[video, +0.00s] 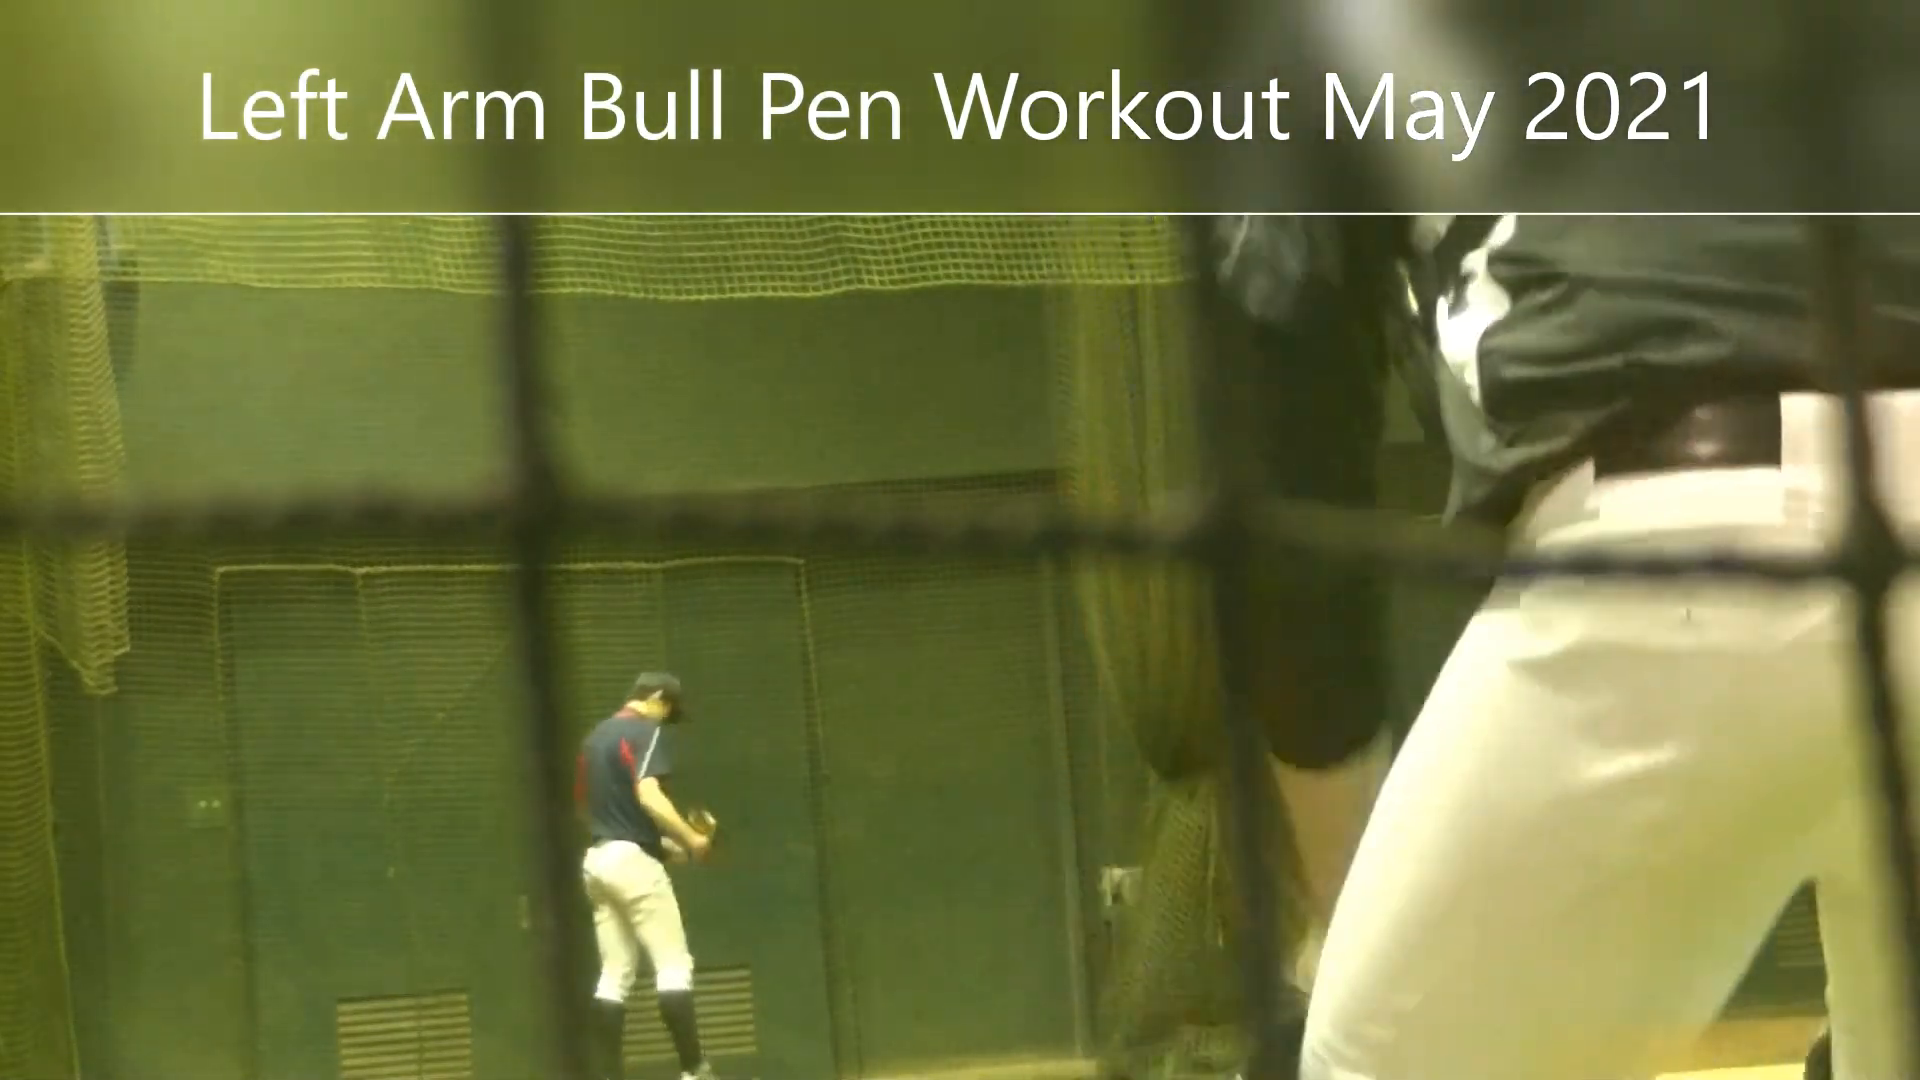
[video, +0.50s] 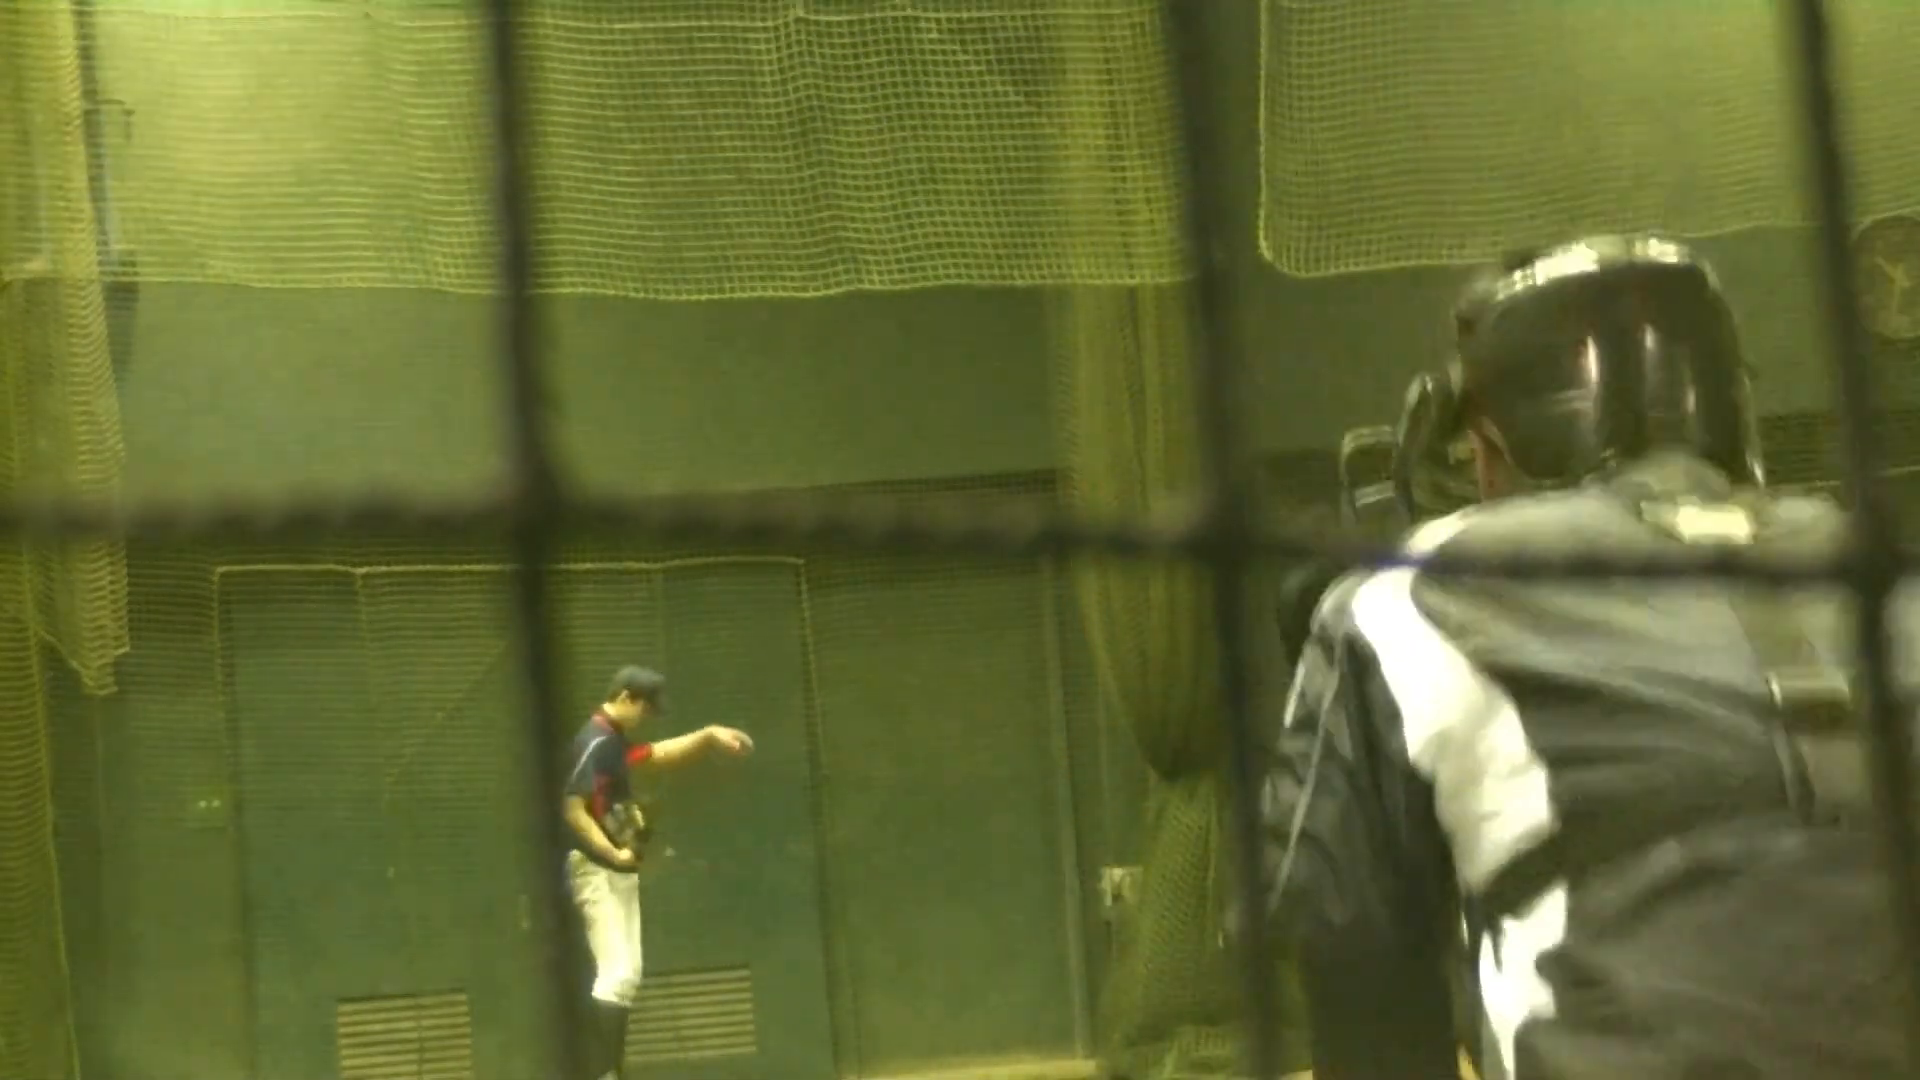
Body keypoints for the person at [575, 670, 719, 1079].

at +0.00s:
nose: (665, 718)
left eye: (668, 712)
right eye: (667, 711)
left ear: (635, 697)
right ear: (657, 700)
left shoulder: (596, 735)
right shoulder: (645, 729)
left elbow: (595, 809)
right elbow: (648, 794)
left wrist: (659, 844)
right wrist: (692, 837)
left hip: (595, 859)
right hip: (631, 857)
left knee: (615, 971)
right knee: (672, 961)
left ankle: (605, 1072)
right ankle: (693, 1067)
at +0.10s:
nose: (660, 718)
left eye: (663, 712)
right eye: (662, 711)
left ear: (633, 695)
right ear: (650, 697)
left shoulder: (597, 732)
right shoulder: (633, 730)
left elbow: (612, 804)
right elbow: (630, 799)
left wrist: (666, 838)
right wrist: (671, 840)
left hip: (589, 858)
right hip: (621, 857)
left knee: (614, 970)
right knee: (667, 959)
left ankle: (605, 1072)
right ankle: (671, 1067)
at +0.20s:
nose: (655, 720)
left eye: (659, 713)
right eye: (658, 711)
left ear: (635, 695)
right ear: (644, 697)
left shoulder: (595, 731)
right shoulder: (622, 733)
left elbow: (607, 802)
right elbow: (614, 804)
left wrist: (654, 825)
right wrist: (658, 847)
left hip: (585, 858)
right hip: (614, 858)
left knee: (614, 969)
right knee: (655, 959)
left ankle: (606, 1071)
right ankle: (644, 1066)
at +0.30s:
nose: (651, 718)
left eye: (654, 711)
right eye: (652, 709)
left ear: (630, 696)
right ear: (637, 697)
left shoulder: (599, 731)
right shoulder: (613, 734)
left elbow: (626, 785)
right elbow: (601, 807)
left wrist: (682, 792)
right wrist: (646, 851)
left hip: (589, 859)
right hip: (607, 859)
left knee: (615, 968)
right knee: (640, 962)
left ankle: (601, 1066)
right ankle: (620, 1067)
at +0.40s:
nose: (646, 718)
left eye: (650, 710)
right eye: (647, 709)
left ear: (629, 698)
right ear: (630, 698)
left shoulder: (607, 732)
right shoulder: (604, 736)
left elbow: (633, 767)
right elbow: (587, 809)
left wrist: (696, 765)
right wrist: (633, 853)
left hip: (607, 863)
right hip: (601, 865)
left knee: (621, 965)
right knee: (627, 964)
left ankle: (600, 1064)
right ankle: (604, 1066)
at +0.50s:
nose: (647, 718)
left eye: (650, 710)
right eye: (646, 708)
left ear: (629, 701)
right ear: (626, 698)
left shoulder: (612, 739)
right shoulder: (598, 739)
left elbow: (653, 755)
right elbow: (572, 808)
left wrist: (708, 735)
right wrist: (616, 855)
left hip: (619, 868)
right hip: (595, 867)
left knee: (625, 975)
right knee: (617, 975)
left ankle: (607, 1069)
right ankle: (600, 1070)